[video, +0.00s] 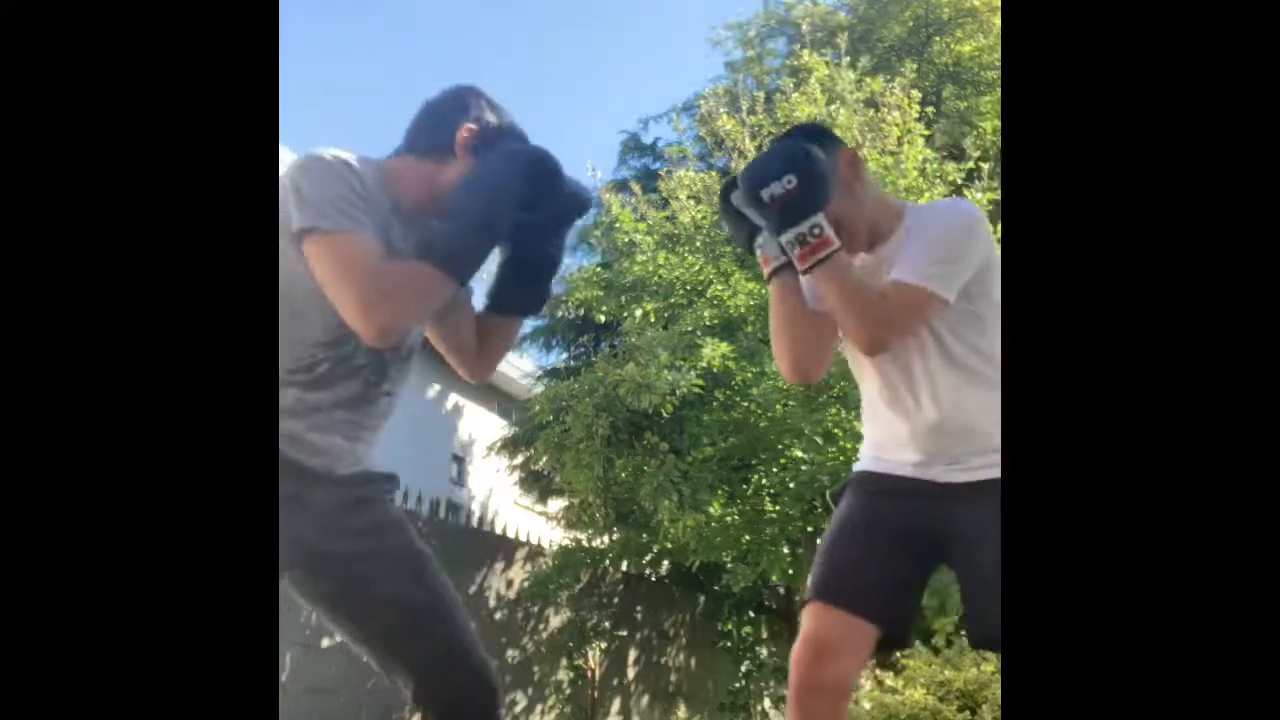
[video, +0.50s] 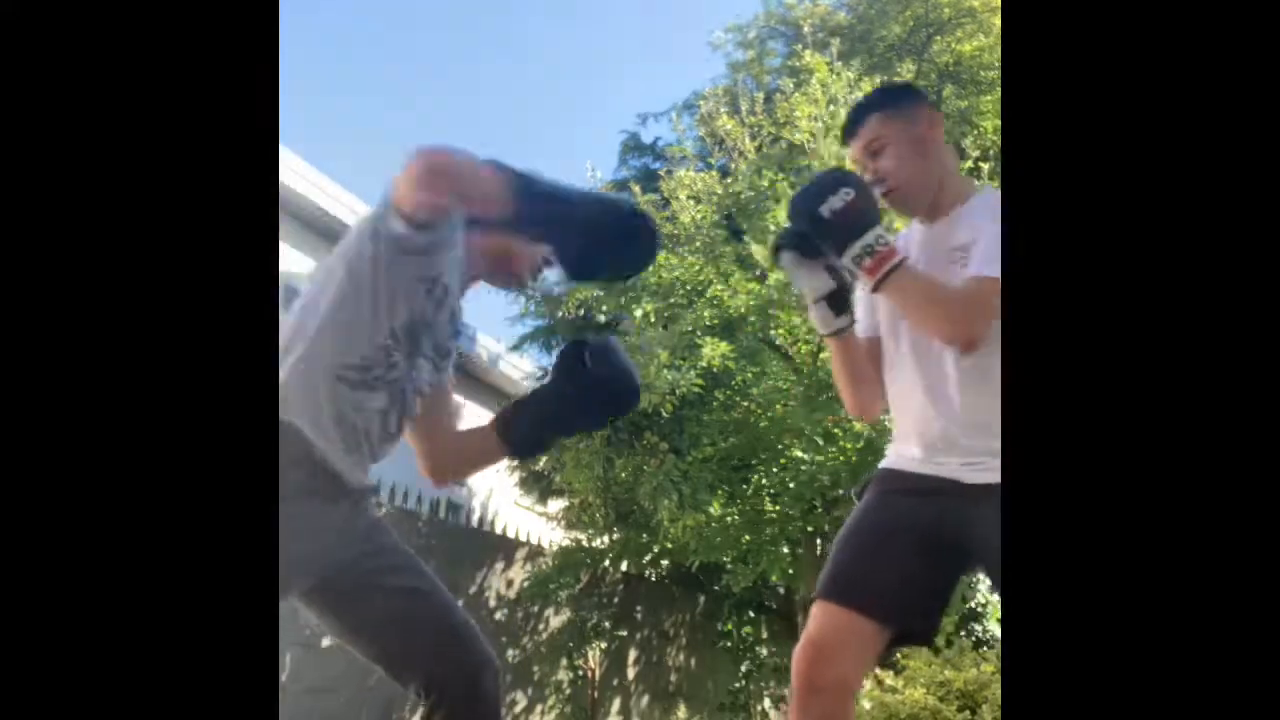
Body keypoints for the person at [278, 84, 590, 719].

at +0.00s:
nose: (503, 175)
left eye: (510, 164)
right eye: (502, 157)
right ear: (467, 137)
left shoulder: (429, 244)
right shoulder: (321, 179)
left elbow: (476, 360)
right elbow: (378, 317)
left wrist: (538, 242)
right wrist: (486, 207)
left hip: (339, 486)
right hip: (287, 469)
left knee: (464, 688)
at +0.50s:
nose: (543, 271)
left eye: (552, 263)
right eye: (545, 250)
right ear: (512, 216)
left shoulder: (439, 325)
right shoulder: (420, 237)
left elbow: (443, 460)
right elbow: (431, 172)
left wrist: (551, 411)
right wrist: (564, 212)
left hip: (334, 505)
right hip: (288, 475)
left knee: (467, 674)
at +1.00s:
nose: (694, 255)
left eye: (697, 248)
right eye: (685, 235)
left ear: (673, 263)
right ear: (635, 222)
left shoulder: (649, 321)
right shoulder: (545, 235)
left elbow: (761, 289)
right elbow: (454, 155)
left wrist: (863, 223)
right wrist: (566, 163)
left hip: (503, 488)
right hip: (418, 446)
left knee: (607, 661)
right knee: (315, 667)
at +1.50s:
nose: (534, 223)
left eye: (539, 214)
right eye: (522, 205)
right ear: (470, 198)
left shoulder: (515, 316)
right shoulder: (385, 269)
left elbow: (519, 442)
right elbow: (358, 361)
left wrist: (581, 390)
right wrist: (454, 283)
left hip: (455, 522)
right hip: (357, 510)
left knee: (555, 680)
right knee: (286, 686)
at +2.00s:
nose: (459, 225)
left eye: (465, 215)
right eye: (451, 205)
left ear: (460, 230)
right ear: (397, 195)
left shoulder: (445, 303)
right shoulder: (313, 276)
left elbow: (511, 392)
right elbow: (326, 383)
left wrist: (524, 281)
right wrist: (396, 290)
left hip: (412, 519)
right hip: (311, 507)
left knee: (456, 701)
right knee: (277, 663)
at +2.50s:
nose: (359, 207)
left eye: (366, 196)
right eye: (348, 188)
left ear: (368, 201)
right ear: (293, 173)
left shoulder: (357, 270)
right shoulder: (284, 256)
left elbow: (436, 360)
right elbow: (284, 345)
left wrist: (498, 303)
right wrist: (299, 271)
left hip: (321, 488)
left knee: (372, 670)